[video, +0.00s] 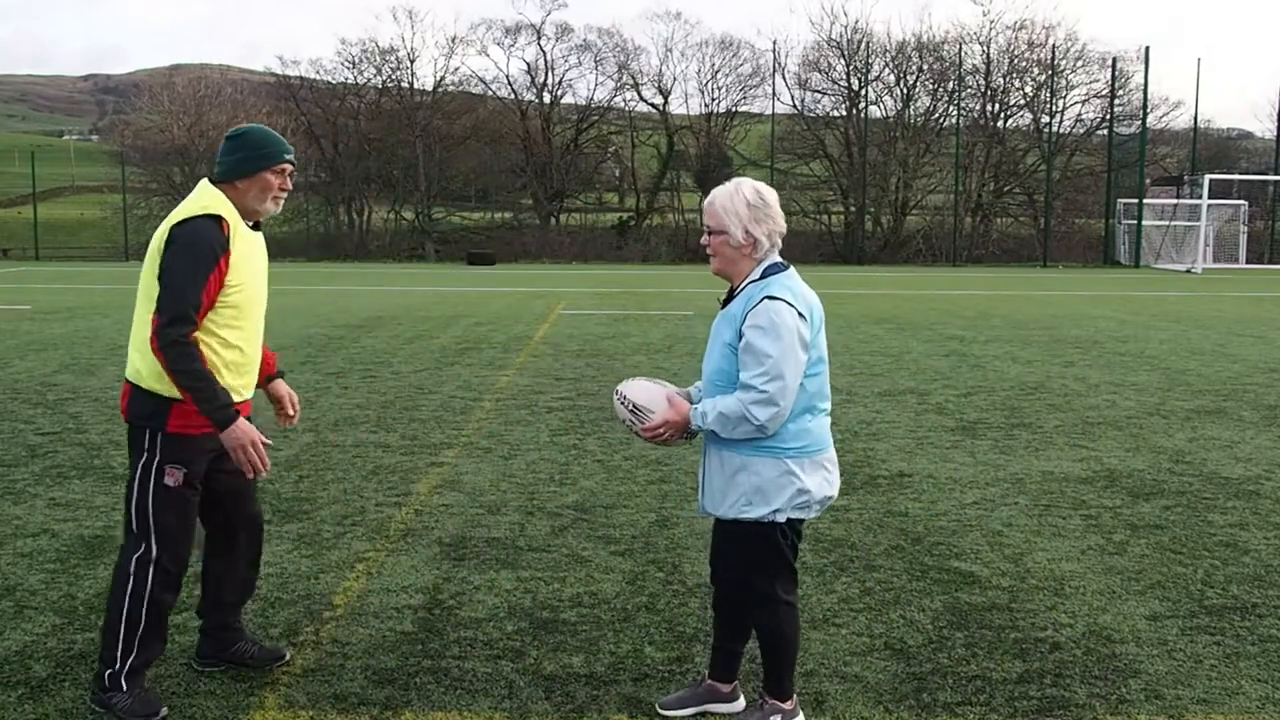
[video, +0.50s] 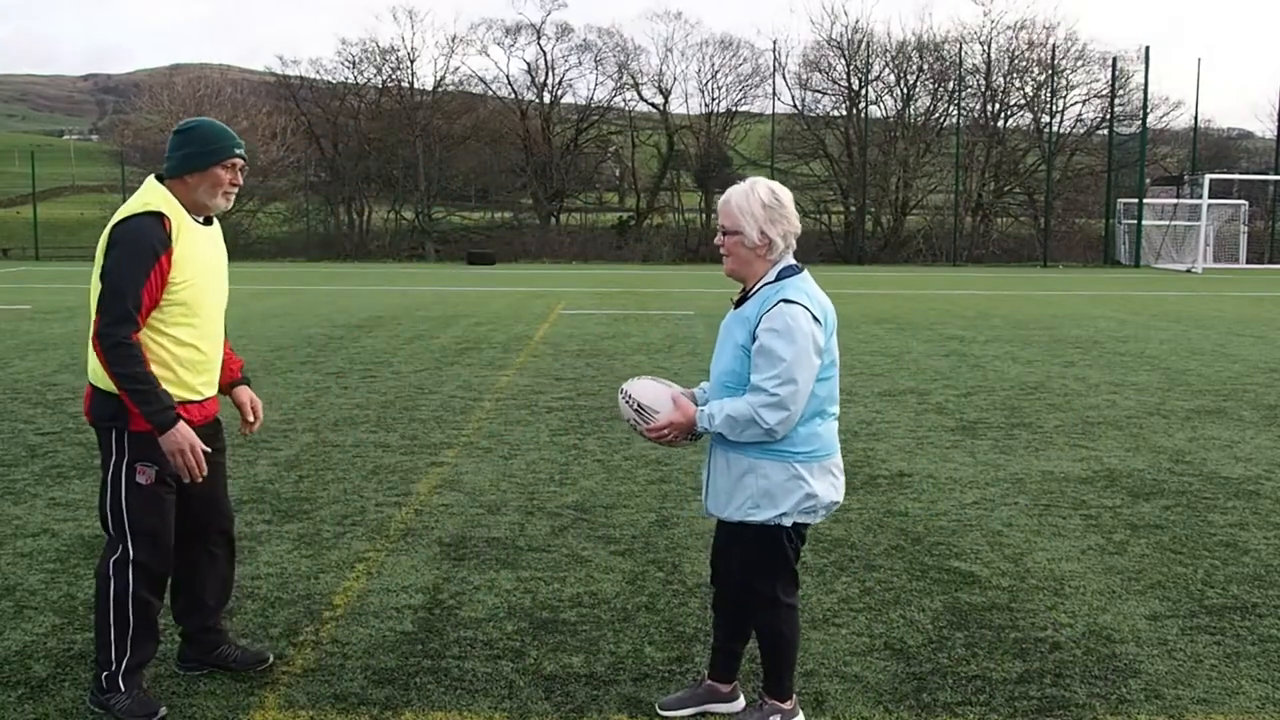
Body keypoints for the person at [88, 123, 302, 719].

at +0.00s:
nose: (285, 186)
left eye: (288, 177)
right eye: (275, 174)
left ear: (271, 181)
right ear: (238, 173)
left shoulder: (244, 228)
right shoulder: (201, 227)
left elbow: (237, 317)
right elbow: (172, 333)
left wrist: (270, 375)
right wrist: (226, 418)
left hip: (221, 413)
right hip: (170, 412)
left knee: (238, 526)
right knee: (155, 551)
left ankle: (222, 638)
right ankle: (118, 682)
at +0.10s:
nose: (269, 189)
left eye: (271, 178)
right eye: (259, 177)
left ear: (243, 183)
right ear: (223, 176)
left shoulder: (228, 232)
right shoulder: (179, 231)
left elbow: (216, 329)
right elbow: (159, 342)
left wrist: (254, 383)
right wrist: (219, 421)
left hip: (205, 413)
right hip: (150, 414)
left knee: (231, 528)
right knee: (145, 555)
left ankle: (222, 639)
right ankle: (117, 683)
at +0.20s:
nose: (254, 188)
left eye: (256, 178)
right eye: (244, 177)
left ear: (234, 182)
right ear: (206, 177)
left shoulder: (217, 232)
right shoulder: (161, 232)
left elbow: (209, 326)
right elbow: (142, 342)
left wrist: (243, 388)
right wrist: (203, 420)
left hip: (193, 409)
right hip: (138, 413)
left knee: (218, 526)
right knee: (145, 550)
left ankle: (220, 638)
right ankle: (117, 683)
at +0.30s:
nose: (244, 185)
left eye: (247, 175)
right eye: (235, 173)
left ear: (226, 179)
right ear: (197, 174)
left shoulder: (209, 230)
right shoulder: (152, 229)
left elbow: (199, 326)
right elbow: (126, 340)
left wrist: (237, 386)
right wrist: (184, 420)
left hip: (188, 408)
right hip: (133, 412)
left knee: (216, 526)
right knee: (142, 551)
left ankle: (206, 641)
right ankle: (117, 684)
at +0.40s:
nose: (238, 182)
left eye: (241, 172)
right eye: (229, 171)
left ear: (216, 175)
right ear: (190, 170)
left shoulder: (206, 227)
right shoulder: (146, 227)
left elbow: (199, 321)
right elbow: (117, 337)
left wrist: (236, 383)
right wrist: (170, 423)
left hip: (195, 410)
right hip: (135, 415)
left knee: (207, 533)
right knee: (139, 551)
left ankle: (205, 643)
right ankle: (117, 684)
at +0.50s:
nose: (237, 181)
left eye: (240, 171)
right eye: (228, 170)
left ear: (215, 174)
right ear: (188, 168)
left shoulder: (206, 227)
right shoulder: (144, 225)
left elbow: (199, 320)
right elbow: (113, 334)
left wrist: (235, 381)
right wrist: (165, 421)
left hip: (196, 410)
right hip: (137, 415)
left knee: (206, 532)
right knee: (138, 549)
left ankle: (204, 643)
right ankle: (118, 682)